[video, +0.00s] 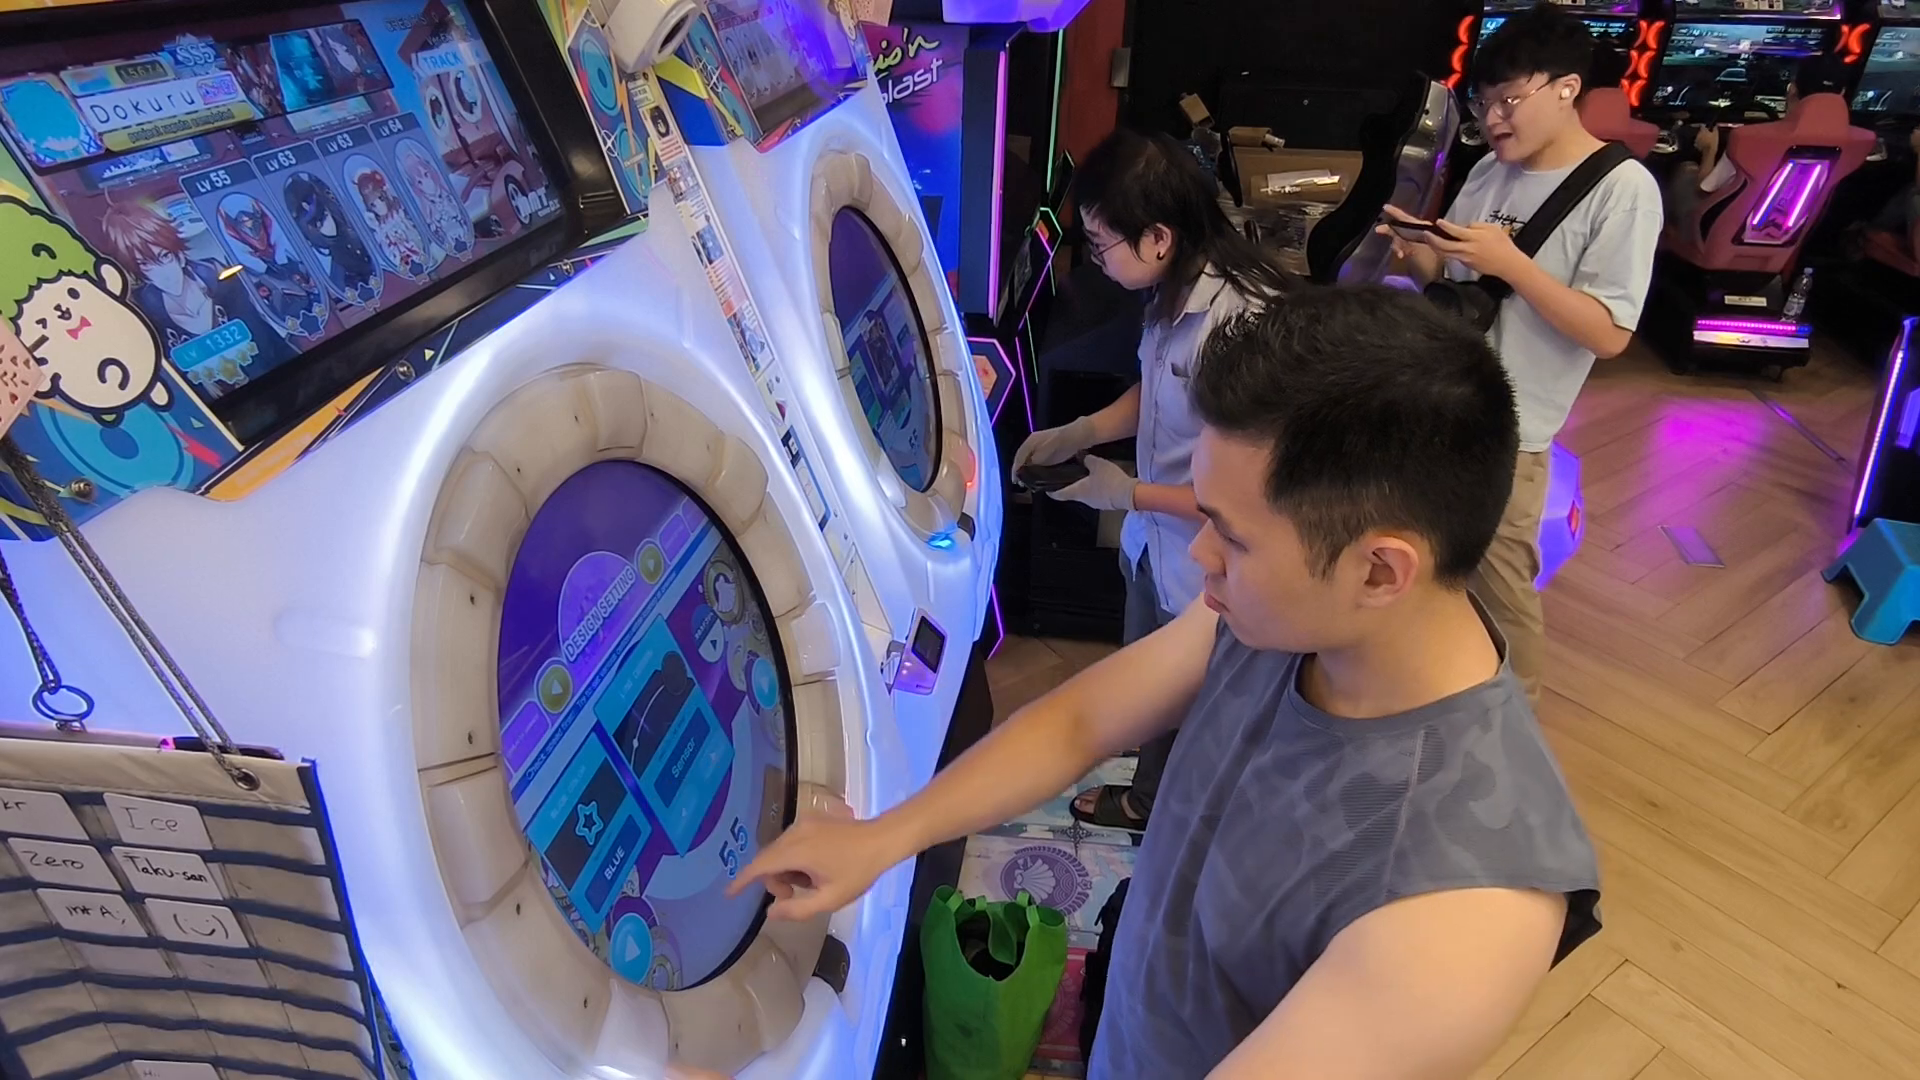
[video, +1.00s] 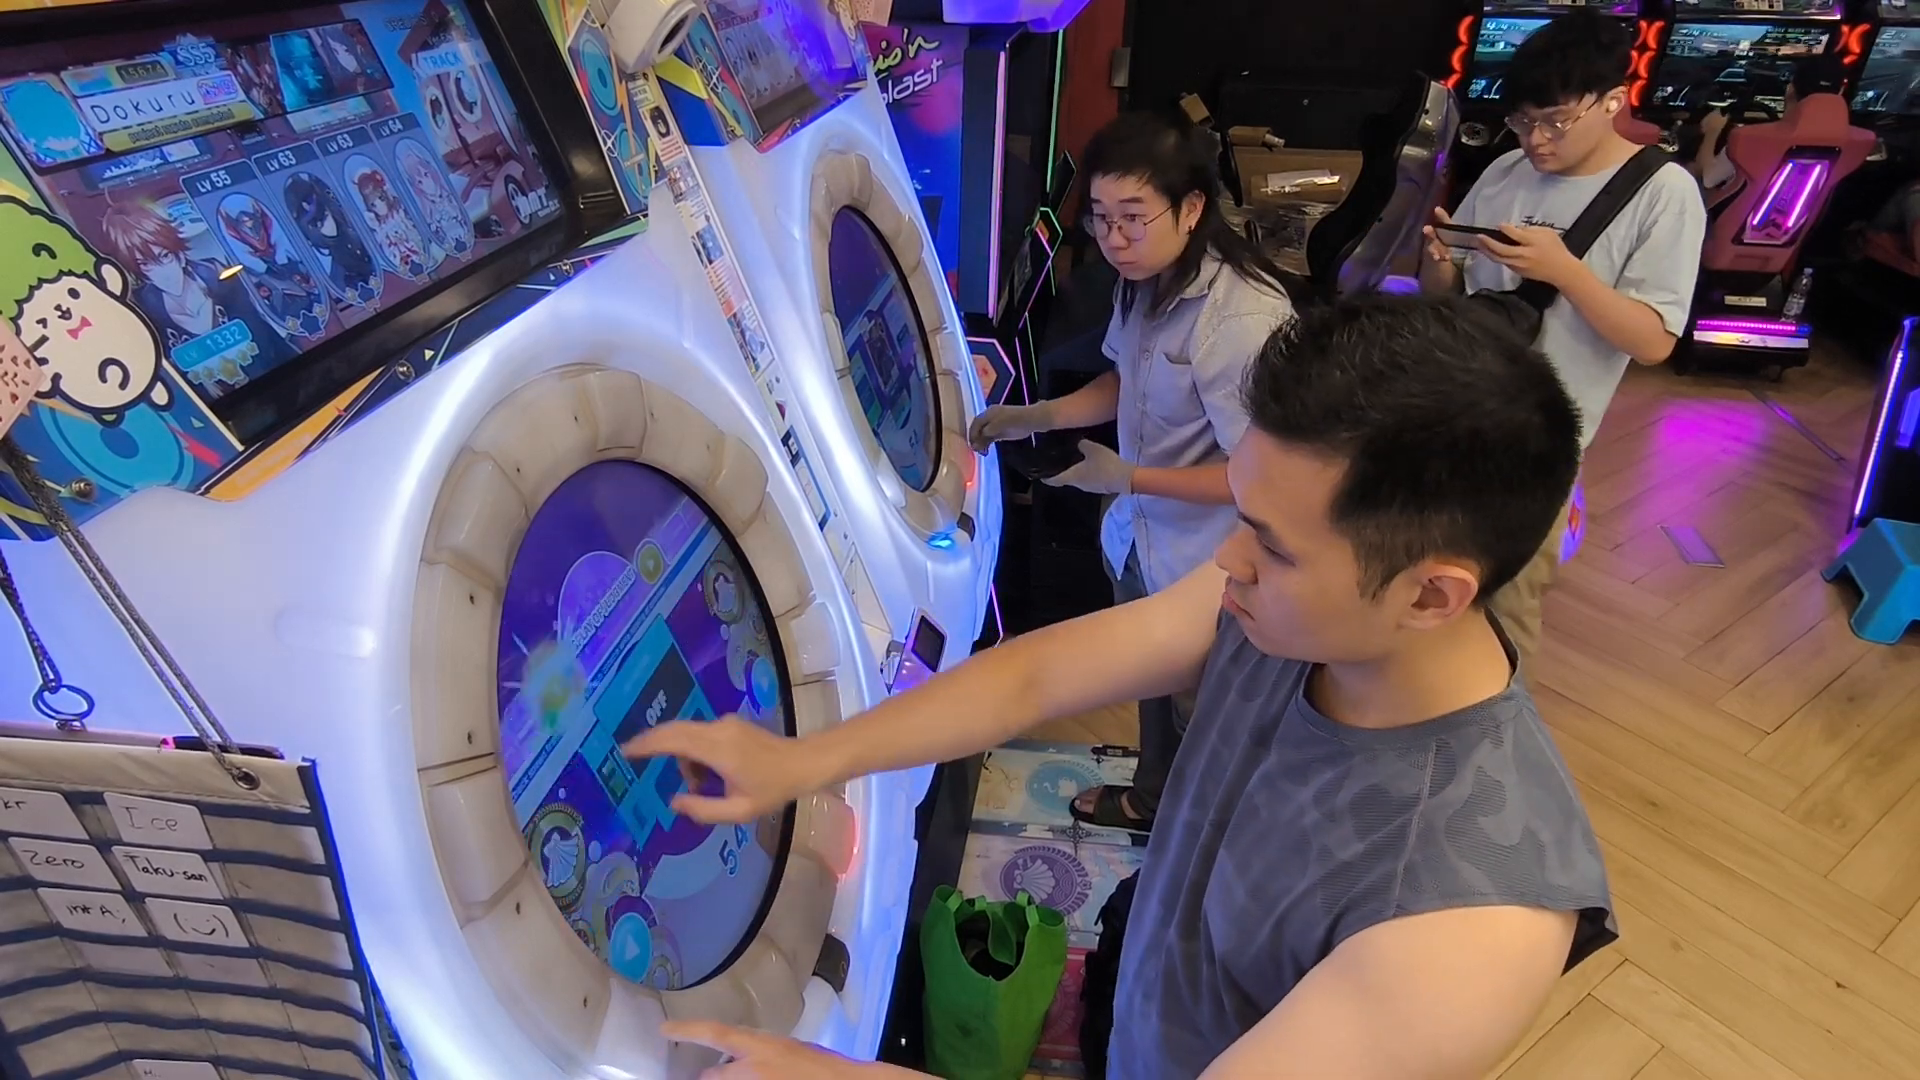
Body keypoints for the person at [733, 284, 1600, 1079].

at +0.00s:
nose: (1193, 551)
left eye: (1224, 532)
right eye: (1200, 512)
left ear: (1379, 573)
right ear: (1369, 570)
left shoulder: (1463, 898)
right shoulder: (1286, 606)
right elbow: (1079, 723)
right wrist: (884, 835)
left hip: (1188, 1073)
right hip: (1123, 1014)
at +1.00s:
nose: (1224, 562)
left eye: (1276, 551)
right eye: (1240, 517)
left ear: (1434, 594)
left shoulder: (1475, 908)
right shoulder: (1280, 590)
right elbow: (1031, 679)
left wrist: (860, 1079)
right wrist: (806, 760)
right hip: (1130, 1001)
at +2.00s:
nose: (1233, 553)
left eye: (1283, 543)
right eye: (1248, 509)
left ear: (1443, 594)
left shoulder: (1492, 915)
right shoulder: (1284, 587)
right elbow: (1018, 656)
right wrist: (760, 719)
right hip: (1138, 1016)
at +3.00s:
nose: (1194, 577)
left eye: (1223, 556)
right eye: (1200, 539)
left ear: (1373, 589)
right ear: (1371, 583)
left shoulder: (1490, 909)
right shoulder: (1295, 630)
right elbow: (1089, 732)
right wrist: (871, 783)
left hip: (1203, 1073)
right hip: (1132, 1011)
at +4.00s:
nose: (1193, 599)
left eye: (1220, 586)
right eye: (1196, 568)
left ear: (1370, 611)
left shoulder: (1531, 940)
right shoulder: (1291, 645)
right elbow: (1203, 797)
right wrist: (1095, 951)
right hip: (1121, 1013)